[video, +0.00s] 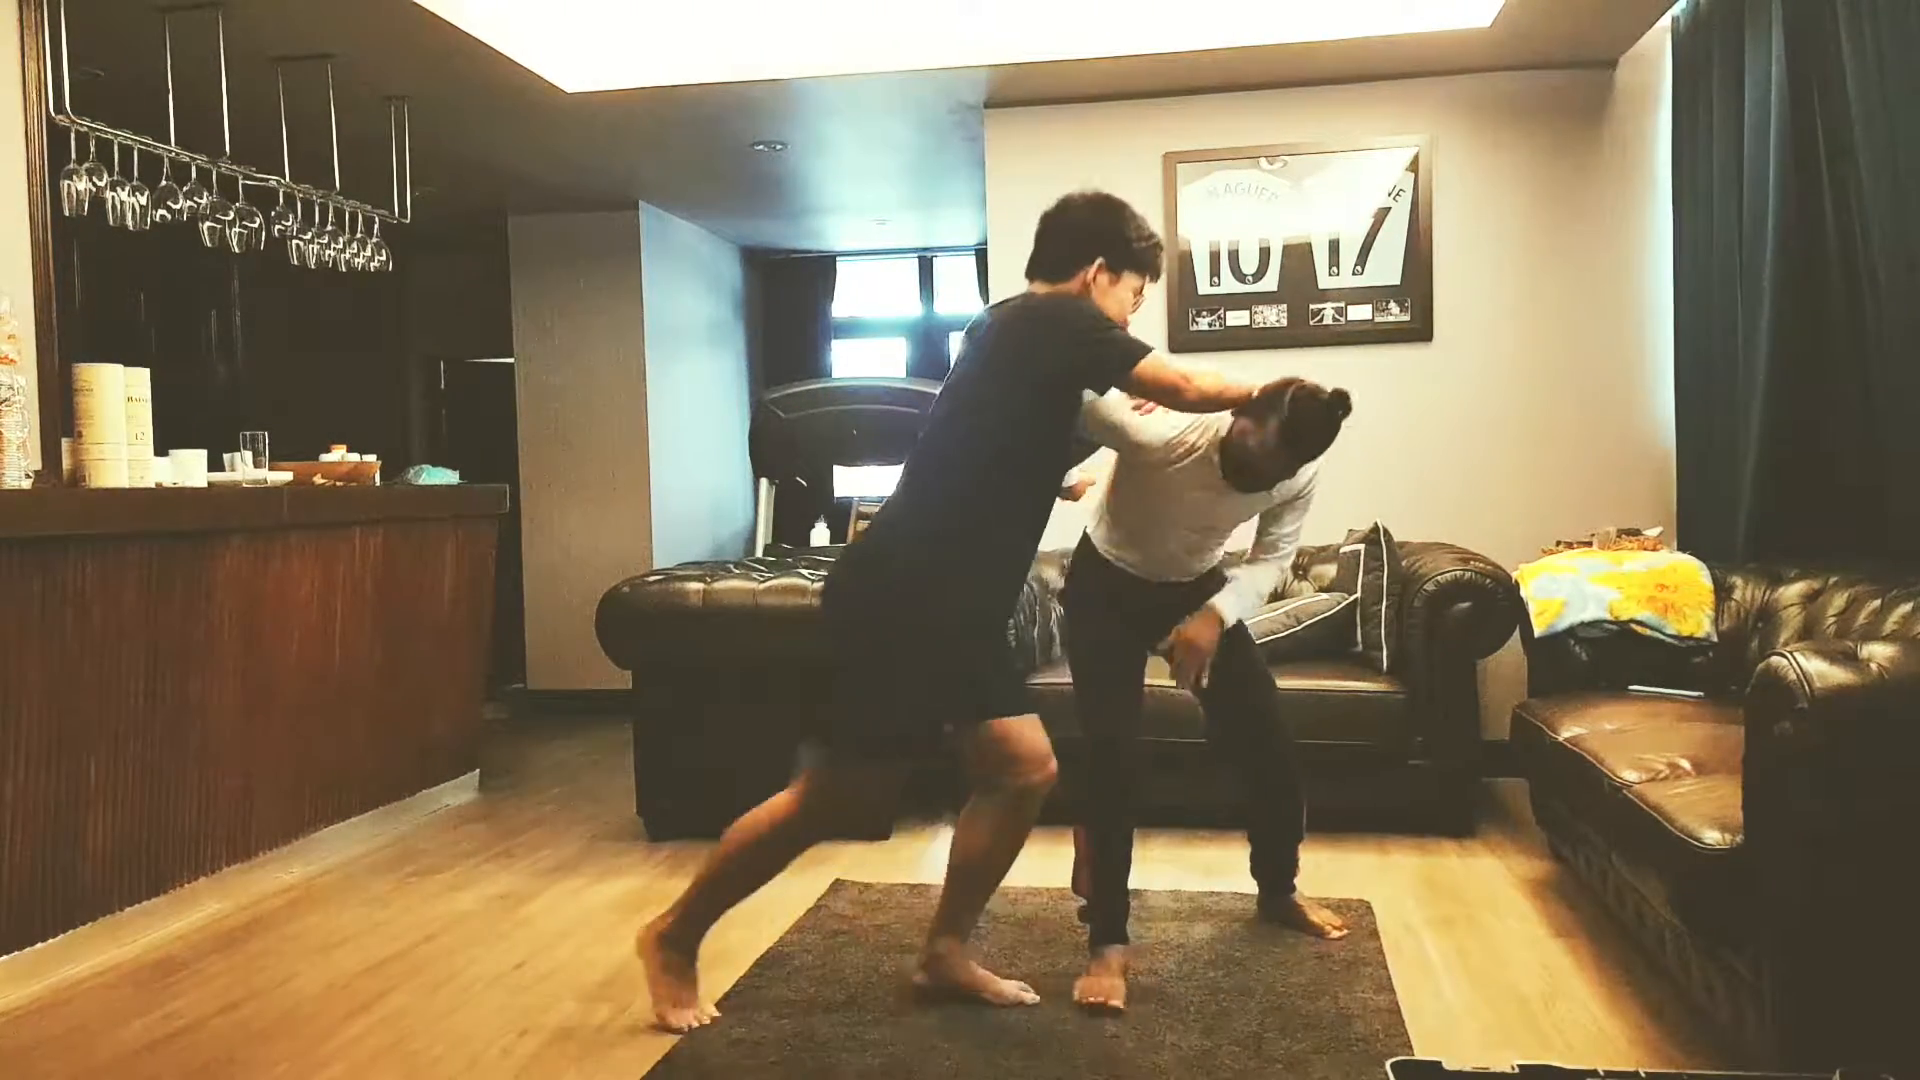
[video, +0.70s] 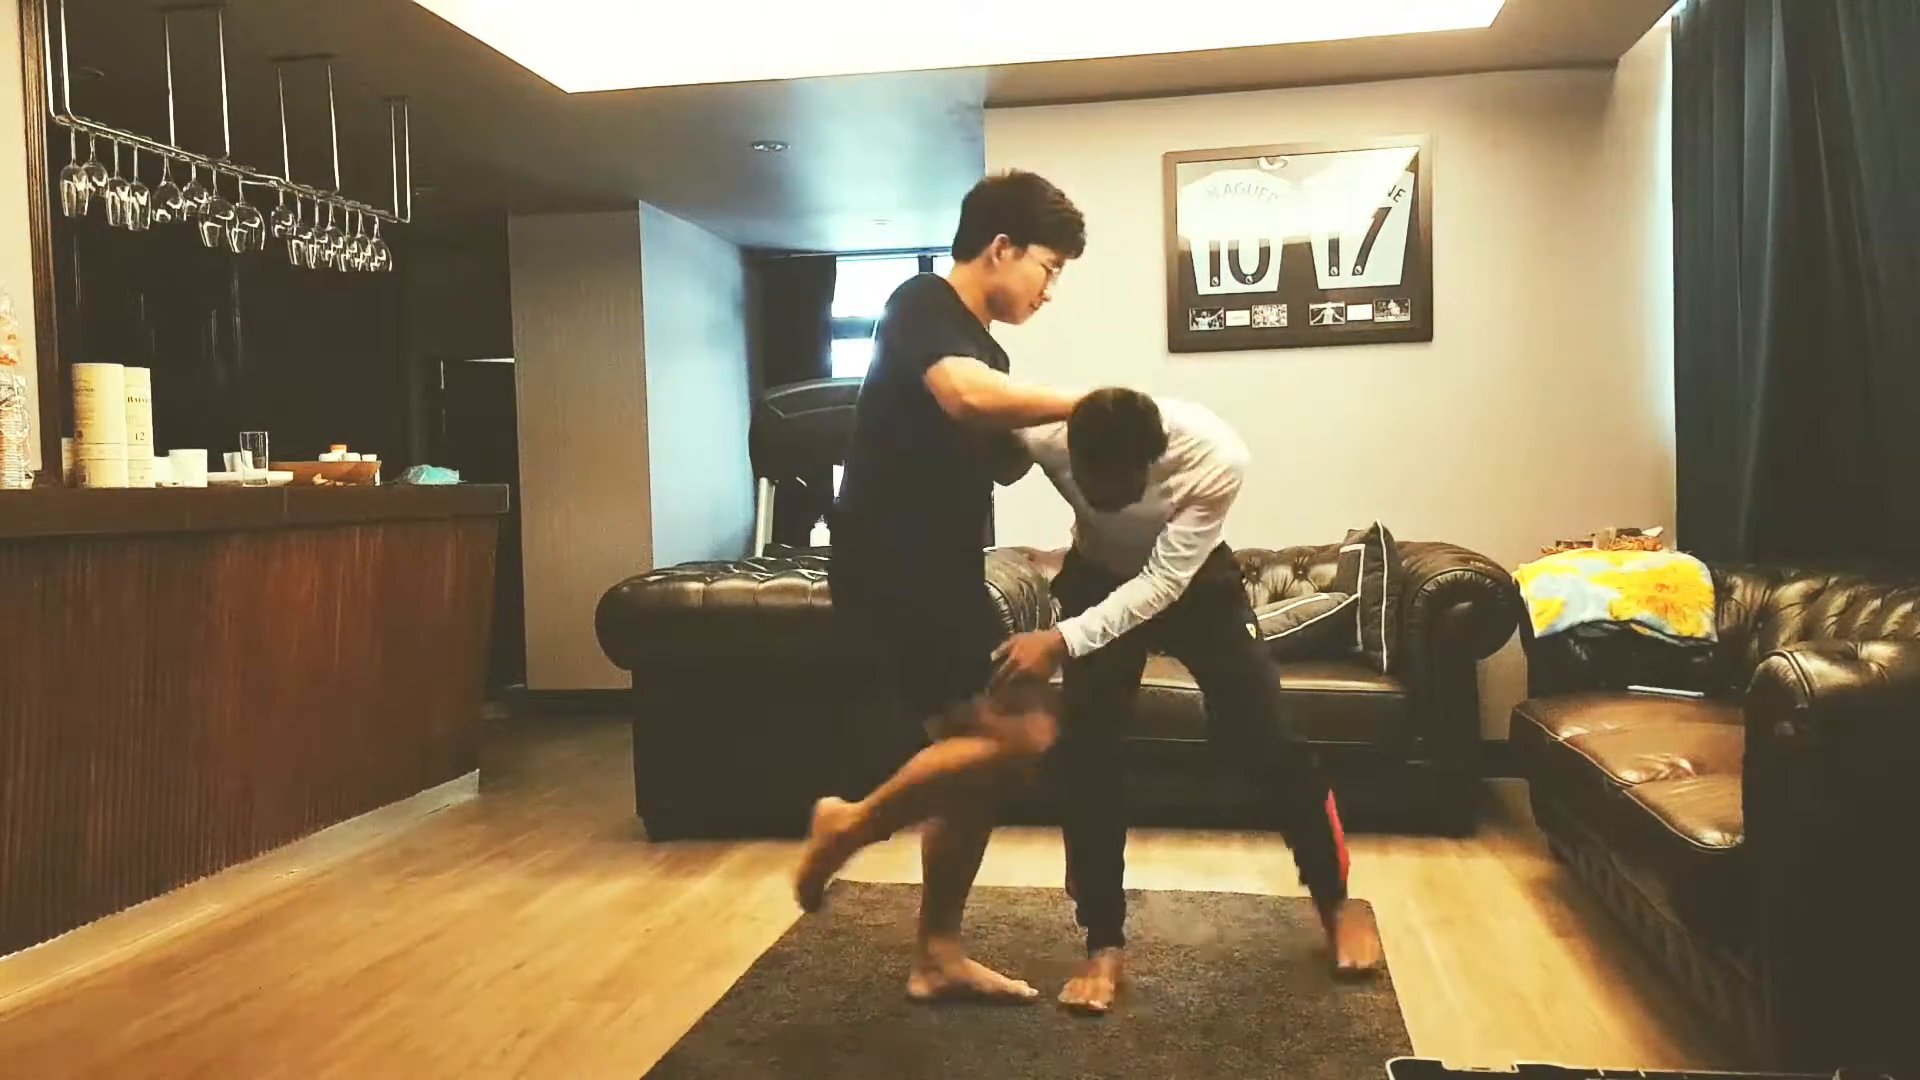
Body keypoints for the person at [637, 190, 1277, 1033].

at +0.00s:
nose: (1135, 311)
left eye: (1139, 295)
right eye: (1134, 290)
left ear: (1067, 270)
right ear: (1094, 270)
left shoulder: (1011, 328)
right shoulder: (1059, 324)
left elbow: (986, 458)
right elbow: (1179, 385)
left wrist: (1066, 482)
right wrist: (1261, 388)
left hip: (950, 601)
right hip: (897, 595)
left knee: (1024, 769)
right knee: (845, 801)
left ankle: (947, 952)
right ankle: (671, 937)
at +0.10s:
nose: (1123, 341)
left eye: (1126, 327)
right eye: (1120, 323)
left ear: (1054, 304)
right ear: (1082, 307)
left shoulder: (994, 364)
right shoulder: (1043, 357)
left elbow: (977, 480)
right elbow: (1174, 405)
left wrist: (1065, 480)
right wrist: (1250, 391)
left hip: (940, 629)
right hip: (874, 622)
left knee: (1024, 783)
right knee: (778, 810)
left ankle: (944, 958)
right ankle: (638, 954)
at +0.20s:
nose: (1118, 339)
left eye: (1122, 324)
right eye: (1117, 319)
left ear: (1053, 296)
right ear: (1076, 296)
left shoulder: (995, 352)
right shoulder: (1037, 351)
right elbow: (1150, 418)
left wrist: (1059, 484)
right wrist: (1239, 411)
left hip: (916, 612)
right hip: (902, 614)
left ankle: (942, 958)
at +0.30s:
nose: (1110, 317)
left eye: (1117, 302)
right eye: (1112, 296)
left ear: (1051, 270)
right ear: (1074, 271)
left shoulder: (988, 326)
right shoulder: (1016, 327)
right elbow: (1090, 427)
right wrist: (1197, 437)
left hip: (934, 575)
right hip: (932, 580)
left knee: (984, 763)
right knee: (1042, 753)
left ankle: (942, 958)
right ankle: (857, 854)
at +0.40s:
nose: (1093, 307)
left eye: (1101, 291)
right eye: (1096, 286)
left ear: (1042, 263)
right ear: (1054, 263)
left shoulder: (979, 324)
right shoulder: (984, 318)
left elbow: (1029, 455)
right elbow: (1020, 428)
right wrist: (1144, 455)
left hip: (930, 569)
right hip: (943, 571)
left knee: (991, 770)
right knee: (1132, 646)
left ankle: (944, 960)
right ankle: (1003, 786)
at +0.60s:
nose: (1064, 299)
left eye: (1072, 283)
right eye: (1063, 277)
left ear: (1016, 261)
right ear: (1016, 257)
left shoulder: (990, 356)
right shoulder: (943, 309)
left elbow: (1003, 467)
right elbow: (969, 408)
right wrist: (1086, 425)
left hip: (947, 571)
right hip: (913, 567)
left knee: (989, 763)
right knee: (1092, 676)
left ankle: (941, 960)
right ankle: (935, 810)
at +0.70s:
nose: (1050, 292)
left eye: (1055, 276)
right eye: (1047, 270)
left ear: (1000, 256)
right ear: (999, 248)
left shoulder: (981, 350)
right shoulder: (927, 301)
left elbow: (997, 465)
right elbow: (964, 393)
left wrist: (1053, 434)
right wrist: (1085, 403)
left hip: (944, 564)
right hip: (896, 561)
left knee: (977, 749)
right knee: (1024, 731)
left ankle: (940, 954)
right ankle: (851, 824)